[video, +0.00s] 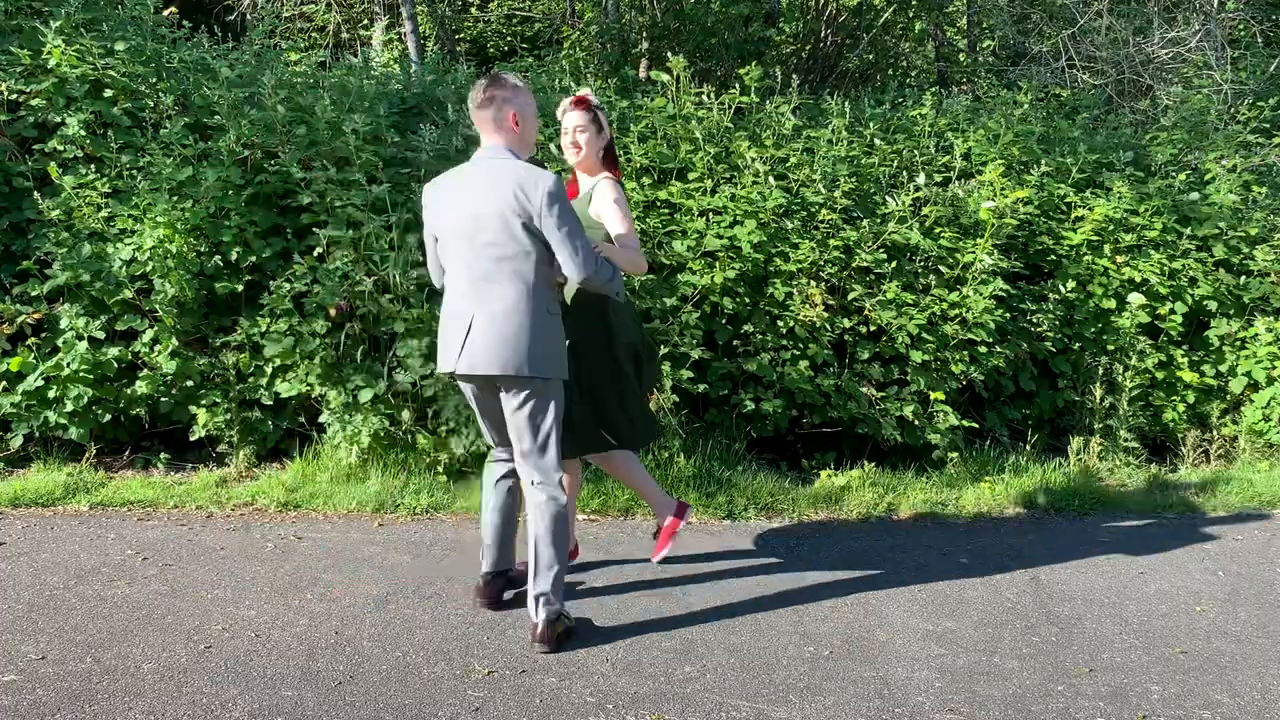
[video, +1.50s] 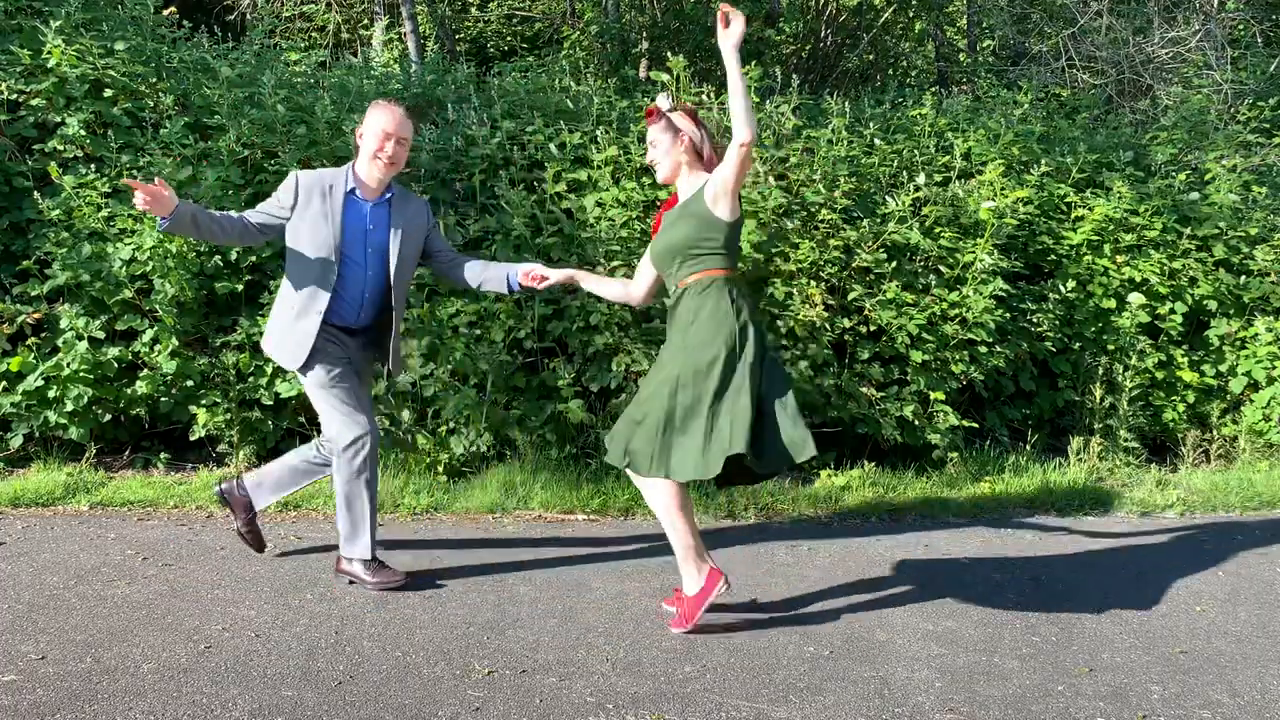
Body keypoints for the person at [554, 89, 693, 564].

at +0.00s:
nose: (571, 140)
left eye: (581, 132)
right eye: (565, 132)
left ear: (602, 138)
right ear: (560, 139)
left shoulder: (606, 189)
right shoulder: (578, 190)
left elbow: (636, 260)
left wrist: (587, 248)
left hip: (594, 317)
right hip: (575, 315)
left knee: (577, 430)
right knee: (577, 430)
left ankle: (561, 538)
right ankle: (667, 508)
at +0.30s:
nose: (653, 151)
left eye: (661, 141)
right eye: (650, 143)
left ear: (688, 143)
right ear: (655, 148)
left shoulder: (703, 194)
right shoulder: (673, 197)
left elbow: (723, 272)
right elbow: (654, 270)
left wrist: (673, 304)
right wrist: (595, 269)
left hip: (706, 328)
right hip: (689, 327)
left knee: (668, 438)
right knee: (681, 438)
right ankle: (709, 537)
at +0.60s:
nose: (689, 154)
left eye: (695, 143)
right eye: (688, 145)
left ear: (724, 140)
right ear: (707, 145)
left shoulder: (774, 187)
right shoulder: (700, 207)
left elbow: (837, 239)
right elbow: (687, 280)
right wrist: (638, 273)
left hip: (769, 315)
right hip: (726, 320)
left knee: (757, 440)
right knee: (698, 433)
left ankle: (805, 545)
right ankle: (737, 529)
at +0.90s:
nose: (696, 169)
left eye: (702, 156)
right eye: (694, 160)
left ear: (733, 149)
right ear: (715, 160)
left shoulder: (785, 191)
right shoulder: (708, 223)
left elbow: (862, 157)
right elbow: (689, 296)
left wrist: (901, 92)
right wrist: (628, 286)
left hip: (782, 333)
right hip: (726, 337)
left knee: (746, 454)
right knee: (730, 454)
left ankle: (702, 584)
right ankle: (757, 547)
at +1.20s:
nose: (693, 167)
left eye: (699, 155)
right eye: (687, 160)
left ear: (730, 149)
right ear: (694, 167)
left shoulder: (757, 190)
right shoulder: (704, 229)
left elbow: (795, 127)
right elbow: (667, 296)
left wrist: (796, 45)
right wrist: (602, 273)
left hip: (764, 328)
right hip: (730, 337)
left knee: (701, 448)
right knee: (672, 442)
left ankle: (722, 586)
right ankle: (722, 560)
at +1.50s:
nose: (646, 155)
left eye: (652, 142)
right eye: (645, 145)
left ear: (685, 138)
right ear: (672, 144)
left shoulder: (718, 184)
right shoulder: (671, 218)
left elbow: (745, 137)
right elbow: (636, 292)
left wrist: (730, 53)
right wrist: (568, 275)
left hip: (716, 317)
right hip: (687, 324)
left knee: (640, 443)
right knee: (651, 446)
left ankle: (696, 572)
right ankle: (694, 574)